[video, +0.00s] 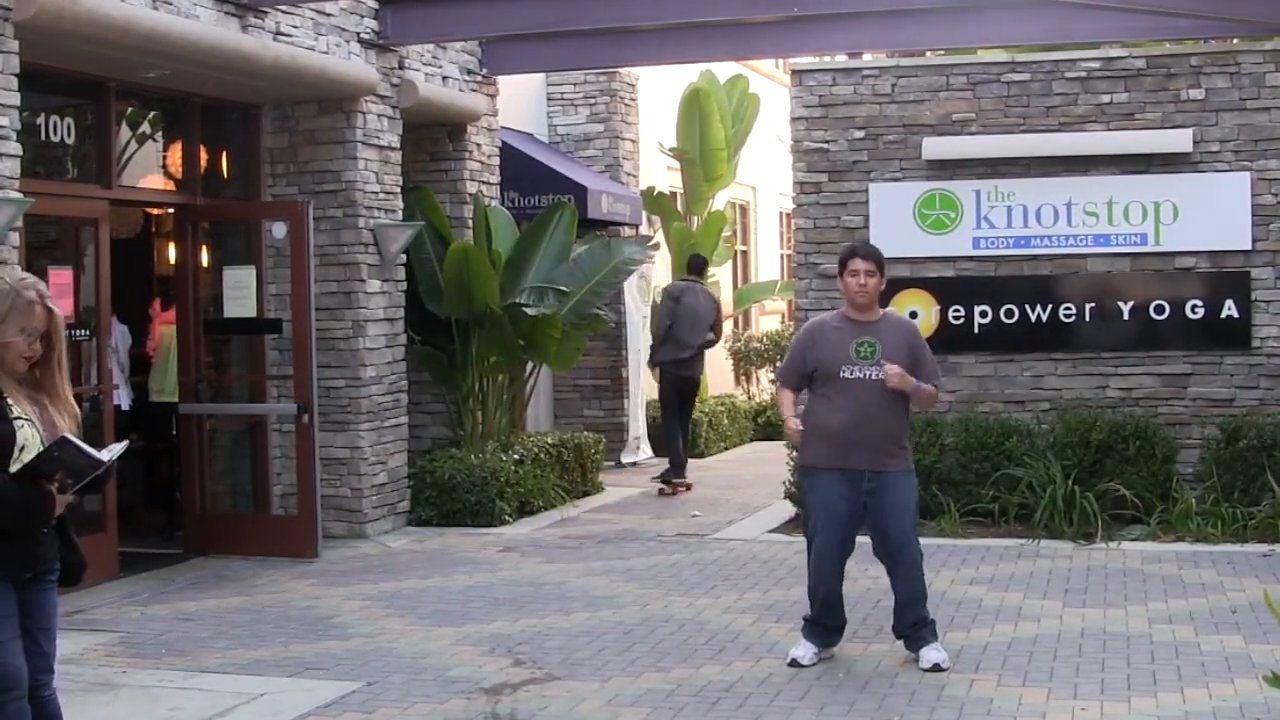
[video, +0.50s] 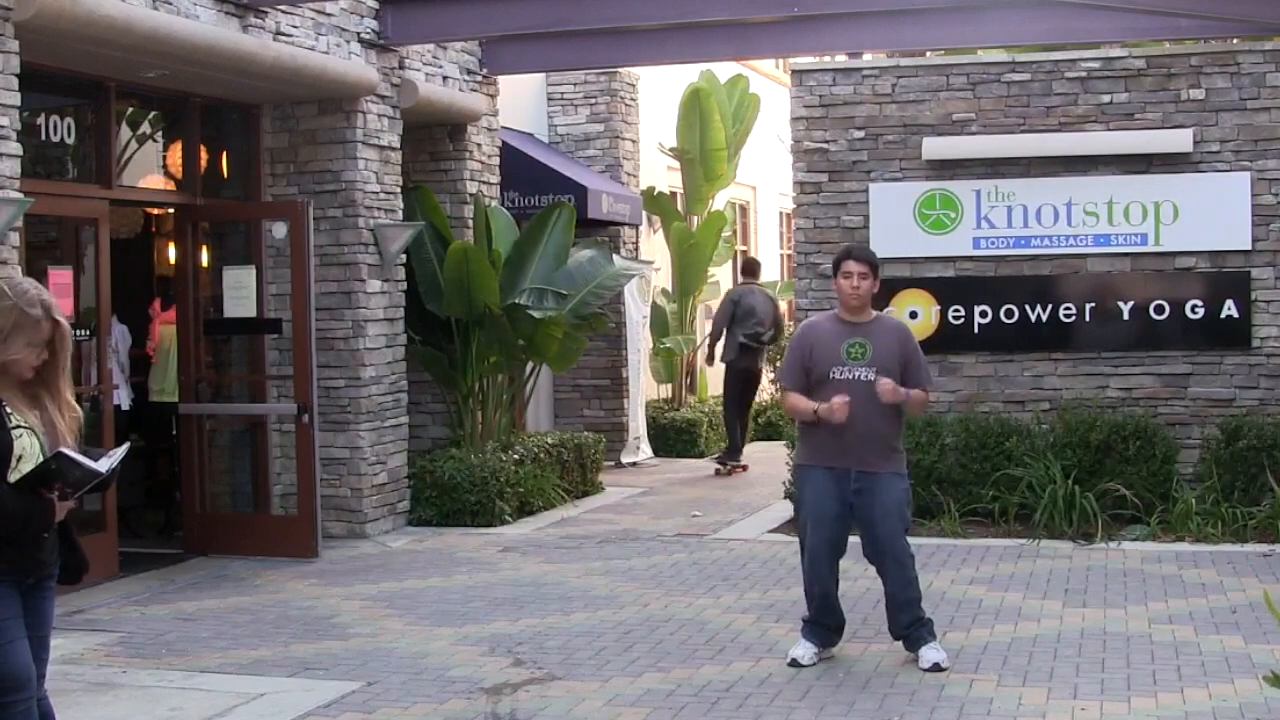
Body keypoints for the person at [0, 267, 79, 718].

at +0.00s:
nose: (35, 346)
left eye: (41, 336)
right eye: (24, 333)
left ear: (47, 340)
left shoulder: (48, 396)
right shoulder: (2, 399)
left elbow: (71, 472)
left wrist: (63, 492)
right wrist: (39, 503)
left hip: (42, 558)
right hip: (2, 560)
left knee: (41, 683)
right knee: (12, 685)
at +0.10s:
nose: (34, 346)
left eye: (41, 337)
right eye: (24, 333)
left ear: (47, 340)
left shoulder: (48, 396)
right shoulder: (2, 399)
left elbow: (72, 472)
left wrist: (62, 492)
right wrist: (39, 503)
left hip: (41, 559)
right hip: (2, 560)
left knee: (38, 685)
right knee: (13, 686)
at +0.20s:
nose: (34, 348)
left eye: (41, 337)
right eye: (24, 335)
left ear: (48, 340)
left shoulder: (48, 396)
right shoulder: (2, 398)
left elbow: (71, 474)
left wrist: (63, 494)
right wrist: (39, 503)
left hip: (41, 557)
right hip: (2, 559)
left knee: (36, 683)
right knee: (14, 685)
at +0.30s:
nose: (33, 349)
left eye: (40, 339)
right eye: (23, 338)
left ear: (48, 342)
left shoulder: (49, 398)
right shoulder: (3, 401)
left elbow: (69, 473)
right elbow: (5, 495)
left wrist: (62, 495)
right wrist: (40, 506)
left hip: (41, 560)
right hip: (3, 562)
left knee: (35, 684)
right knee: (16, 688)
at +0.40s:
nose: (35, 352)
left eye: (41, 341)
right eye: (25, 340)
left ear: (49, 343)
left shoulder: (49, 401)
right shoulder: (3, 404)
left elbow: (67, 473)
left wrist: (63, 495)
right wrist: (39, 508)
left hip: (42, 560)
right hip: (3, 563)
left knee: (35, 685)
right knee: (17, 688)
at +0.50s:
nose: (41, 357)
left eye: (45, 347)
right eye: (31, 347)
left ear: (50, 347)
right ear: (2, 343)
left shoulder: (47, 401)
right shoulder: (4, 406)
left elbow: (64, 472)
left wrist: (64, 496)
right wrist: (38, 511)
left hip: (42, 562)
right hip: (4, 565)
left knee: (35, 685)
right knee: (19, 687)